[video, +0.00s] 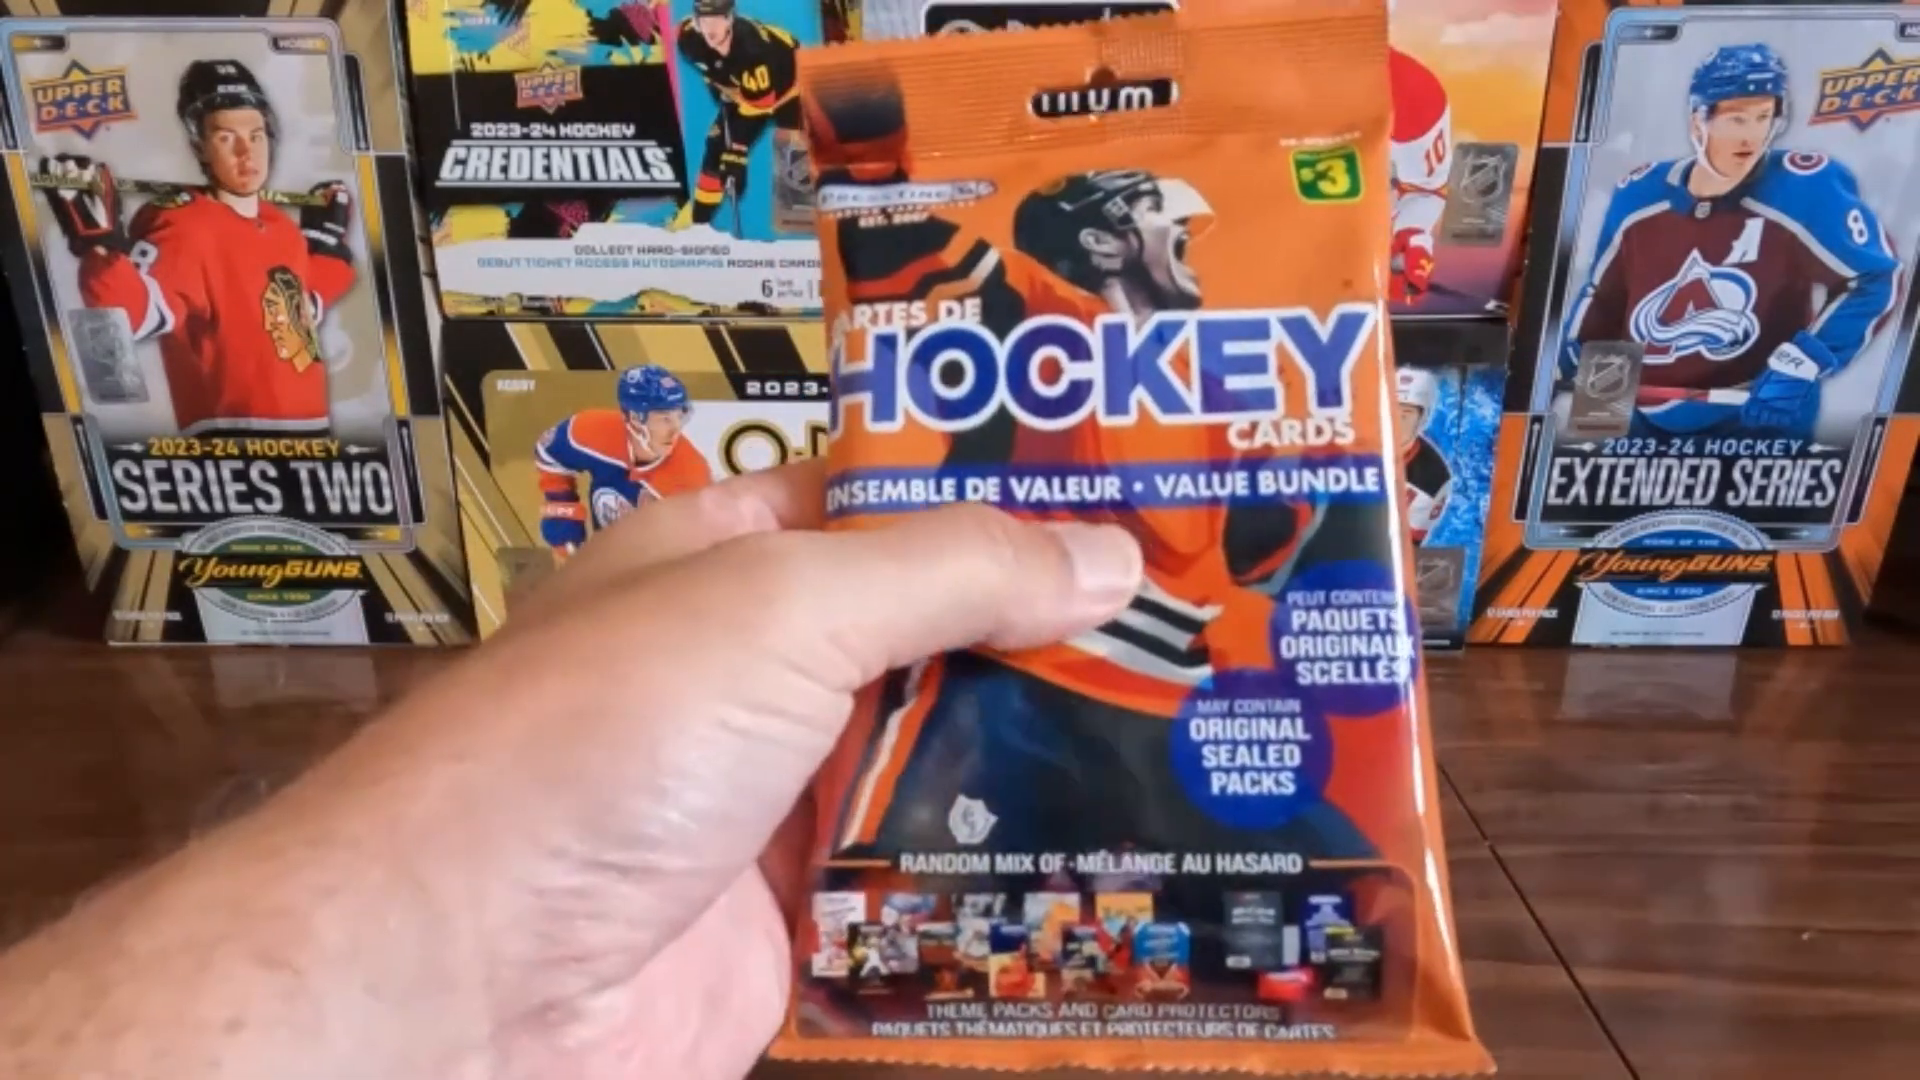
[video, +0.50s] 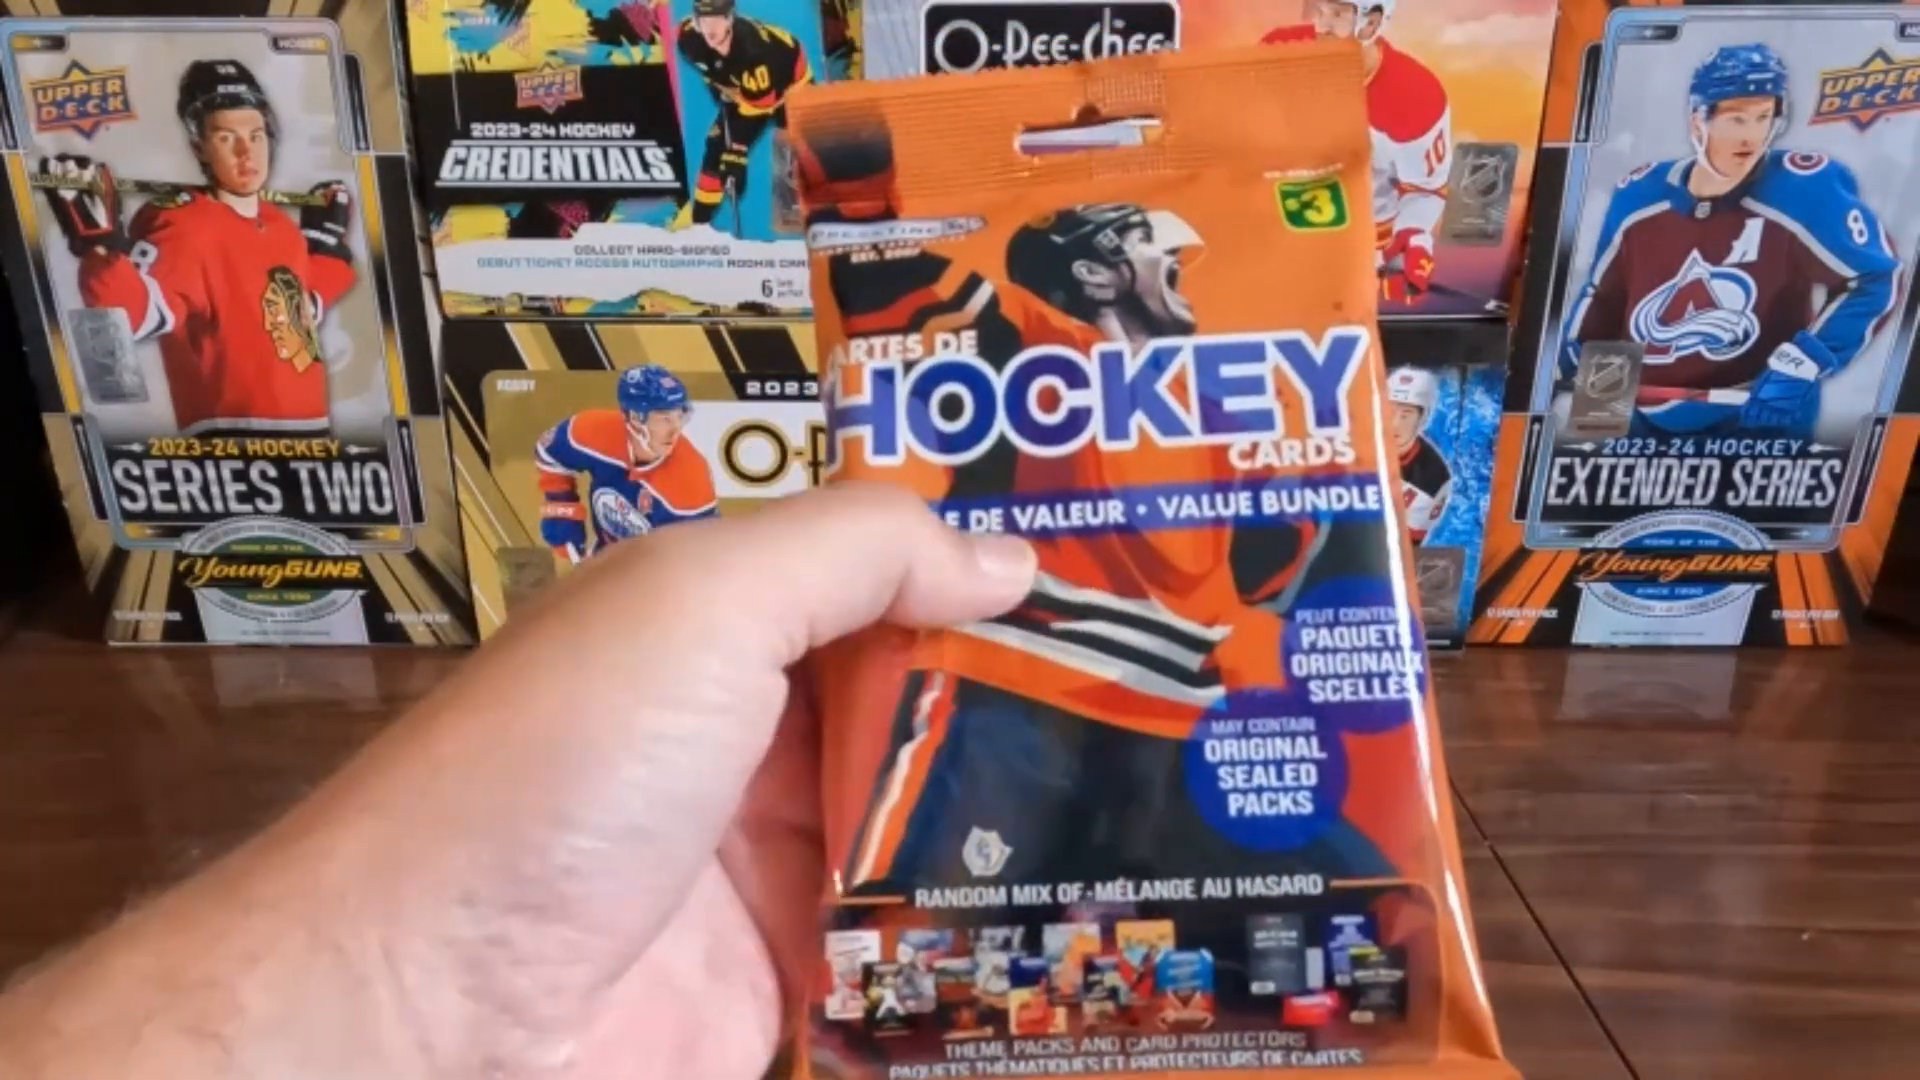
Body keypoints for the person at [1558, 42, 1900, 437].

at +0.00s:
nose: (1749, 134)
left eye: (1762, 118)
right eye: (1734, 119)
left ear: (1775, 123)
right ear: (1698, 124)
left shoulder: (1804, 192)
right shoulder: (1638, 197)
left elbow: (1878, 279)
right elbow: (1600, 297)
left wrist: (1801, 365)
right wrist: (1573, 367)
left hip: (1745, 427)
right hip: (1638, 422)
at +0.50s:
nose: (1750, 135)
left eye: (1762, 118)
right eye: (1735, 119)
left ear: (1775, 123)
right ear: (1698, 124)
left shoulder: (1805, 192)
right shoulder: (1638, 197)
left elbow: (1879, 279)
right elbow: (1599, 296)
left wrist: (1801, 365)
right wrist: (1572, 366)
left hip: (1744, 427)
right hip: (1637, 421)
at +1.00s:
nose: (1750, 135)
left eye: (1762, 118)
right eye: (1734, 119)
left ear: (1775, 123)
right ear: (1698, 124)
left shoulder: (1804, 193)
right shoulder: (1637, 197)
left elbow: (1878, 279)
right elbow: (1600, 297)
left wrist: (1801, 365)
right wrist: (1572, 366)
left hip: (1744, 427)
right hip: (1636, 422)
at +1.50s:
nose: (1750, 135)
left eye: (1762, 118)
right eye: (1735, 119)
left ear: (1775, 123)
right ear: (1698, 124)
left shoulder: (1804, 193)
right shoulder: (1638, 197)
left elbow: (1878, 279)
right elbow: (1600, 297)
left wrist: (1803, 363)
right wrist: (1575, 361)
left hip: (1743, 427)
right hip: (1636, 420)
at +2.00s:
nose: (1750, 135)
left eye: (1762, 118)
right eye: (1734, 119)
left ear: (1775, 122)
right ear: (1698, 124)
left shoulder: (1804, 192)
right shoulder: (1637, 197)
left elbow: (1879, 278)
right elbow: (1600, 297)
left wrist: (1802, 364)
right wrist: (1576, 361)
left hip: (1744, 427)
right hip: (1637, 421)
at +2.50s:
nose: (1750, 135)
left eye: (1762, 118)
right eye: (1734, 119)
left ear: (1775, 123)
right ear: (1698, 124)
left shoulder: (1805, 192)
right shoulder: (1637, 197)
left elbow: (1878, 279)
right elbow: (1600, 296)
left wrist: (1802, 364)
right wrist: (1574, 366)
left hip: (1744, 427)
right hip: (1637, 422)